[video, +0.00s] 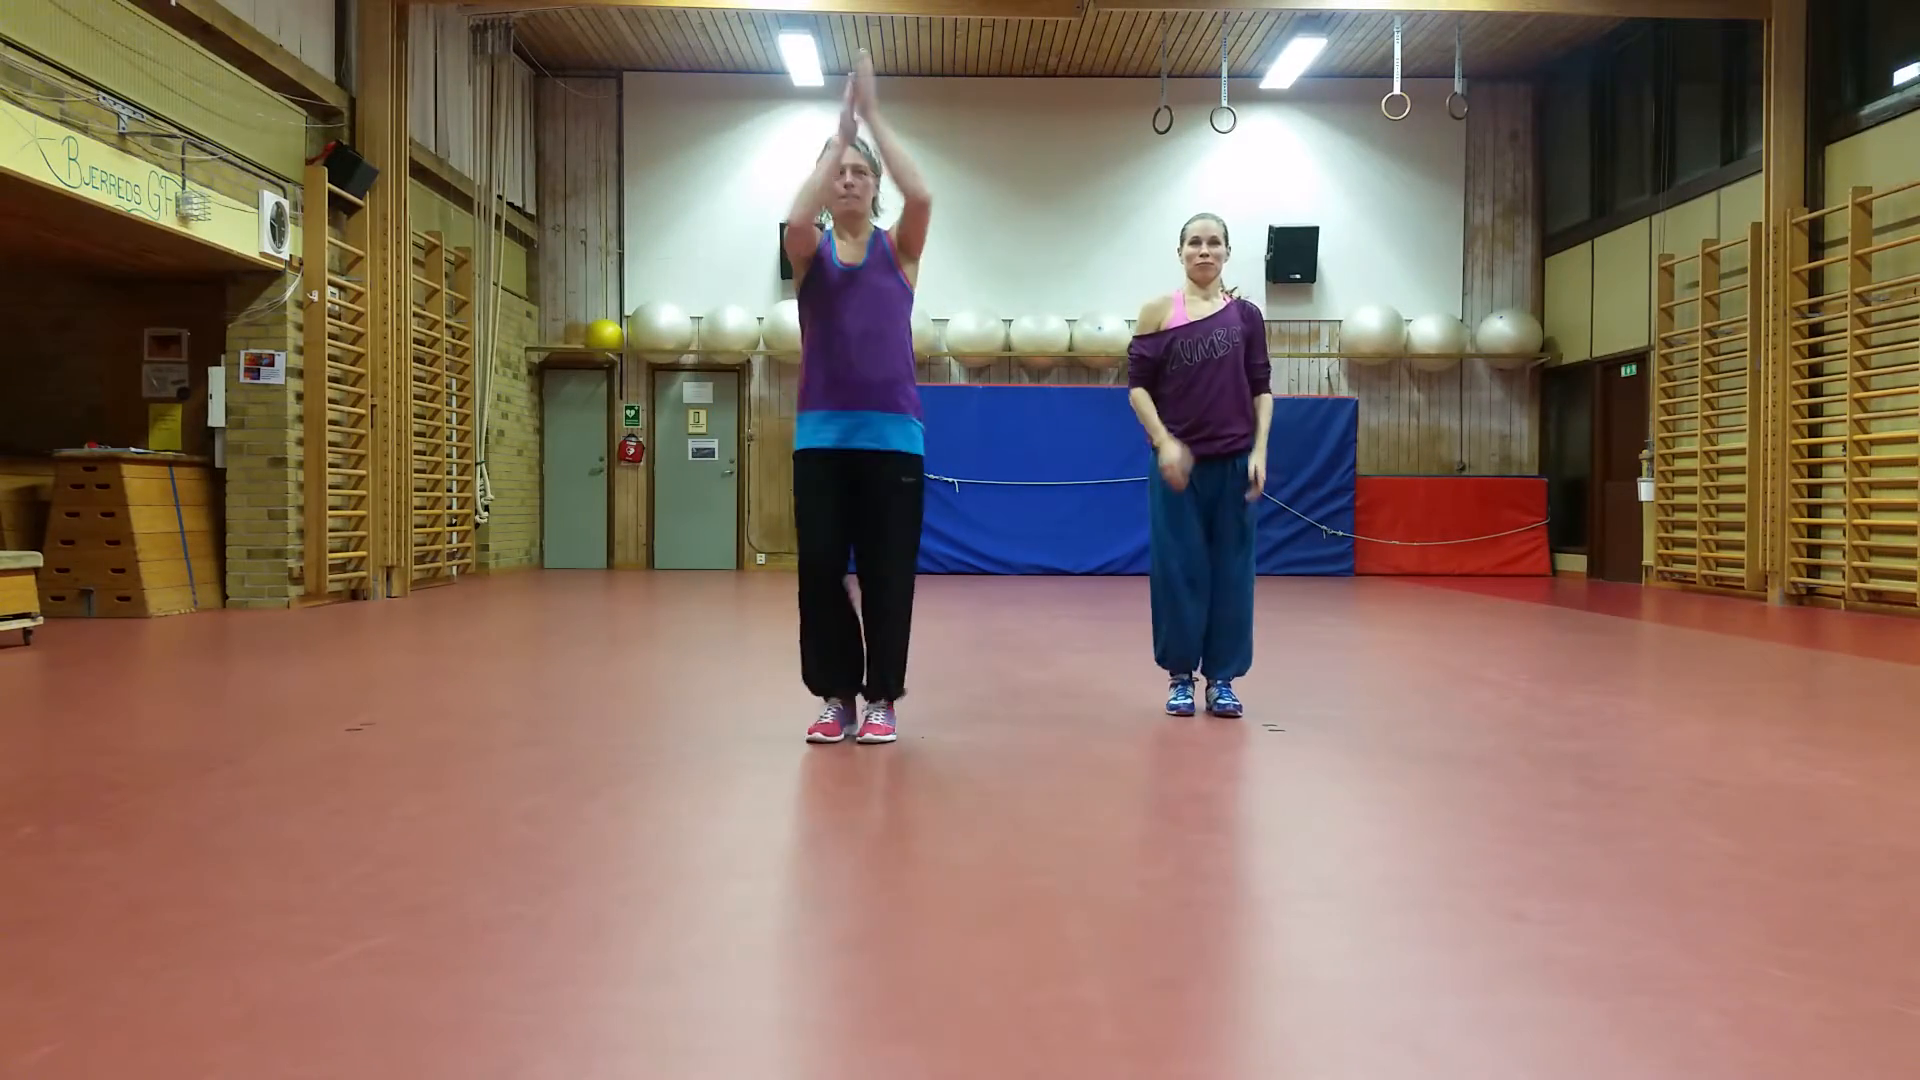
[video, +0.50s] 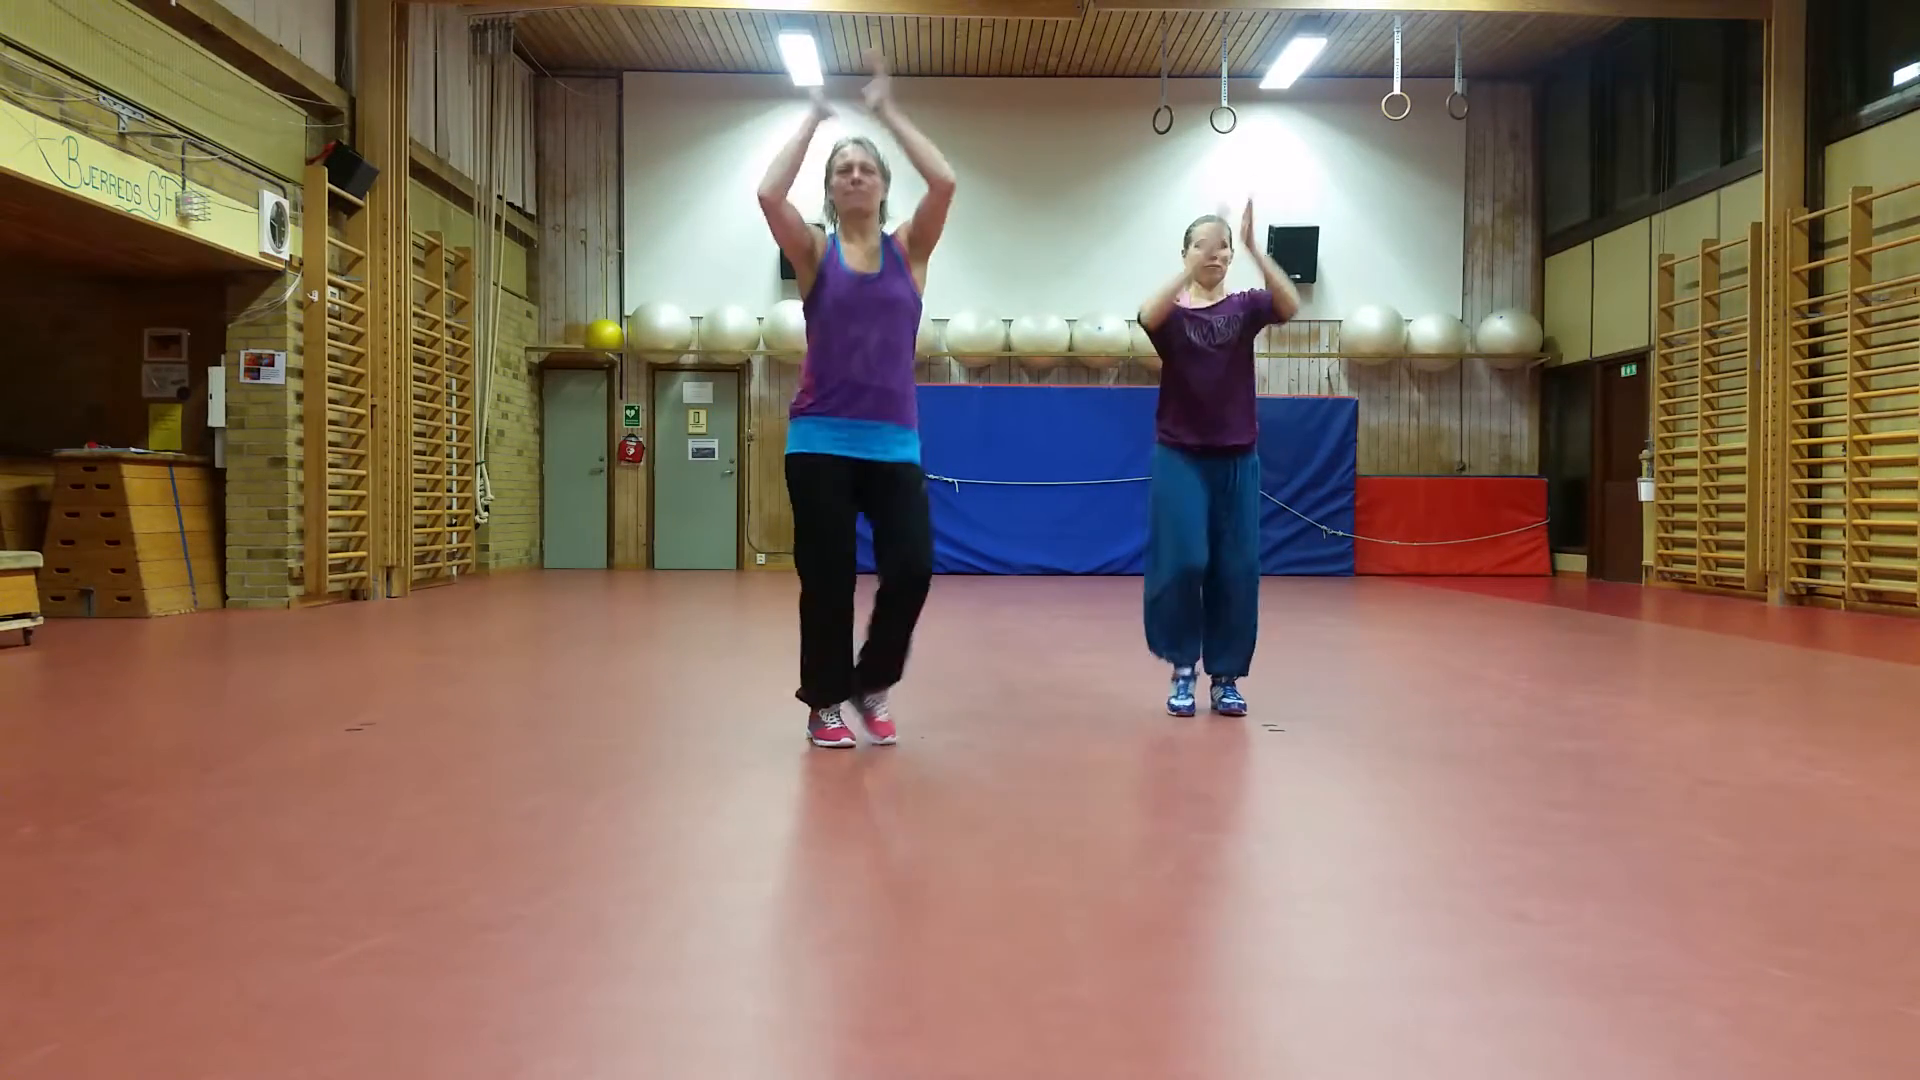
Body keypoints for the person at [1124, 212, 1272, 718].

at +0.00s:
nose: (1204, 251)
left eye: (1214, 243)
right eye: (1196, 242)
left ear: (1227, 252)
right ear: (1181, 251)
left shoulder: (1246, 314)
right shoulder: (1158, 312)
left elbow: (1262, 386)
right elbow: (1137, 386)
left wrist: (1259, 449)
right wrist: (1164, 441)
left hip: (1234, 461)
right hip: (1176, 461)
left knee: (1232, 569)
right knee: (1179, 567)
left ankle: (1221, 680)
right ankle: (1181, 678)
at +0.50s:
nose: (1215, 256)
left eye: (1223, 249)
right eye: (1206, 248)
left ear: (1230, 257)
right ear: (1187, 255)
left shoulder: (1245, 304)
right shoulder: (1170, 309)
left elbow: (1289, 306)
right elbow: (1148, 319)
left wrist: (1254, 250)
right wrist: (1185, 274)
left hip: (1237, 453)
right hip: (1179, 452)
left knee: (1237, 565)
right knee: (1186, 561)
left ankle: (1226, 677)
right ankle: (1183, 669)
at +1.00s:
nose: (1211, 250)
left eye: (1219, 243)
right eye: (1201, 243)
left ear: (1227, 255)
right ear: (1183, 254)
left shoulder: (1240, 306)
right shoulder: (1166, 312)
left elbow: (1282, 253)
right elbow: (1155, 272)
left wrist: (1252, 184)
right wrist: (1170, 202)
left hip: (1238, 460)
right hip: (1181, 460)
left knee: (1245, 568)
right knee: (1191, 571)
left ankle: (1225, 659)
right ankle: (1195, 677)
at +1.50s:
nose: (1210, 237)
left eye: (1217, 230)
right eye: (1200, 229)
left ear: (1227, 241)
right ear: (1182, 240)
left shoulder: (1242, 293)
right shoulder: (1169, 298)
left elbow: (1273, 240)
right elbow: (1160, 268)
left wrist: (1225, 189)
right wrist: (1189, 205)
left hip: (1232, 447)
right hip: (1174, 443)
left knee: (1229, 559)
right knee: (1183, 551)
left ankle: (1209, 668)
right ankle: (1175, 661)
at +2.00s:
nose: (1228, 248)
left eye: (1236, 243)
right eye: (1218, 241)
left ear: (1245, 259)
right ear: (1200, 256)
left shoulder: (1253, 307)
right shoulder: (1180, 310)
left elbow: (1292, 237)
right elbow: (1161, 260)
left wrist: (1243, 181)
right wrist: (1205, 195)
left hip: (1253, 460)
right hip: (1192, 462)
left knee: (1257, 574)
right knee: (1198, 576)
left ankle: (1253, 674)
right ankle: (1217, 673)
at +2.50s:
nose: (1210, 236)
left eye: (1219, 230)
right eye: (1201, 230)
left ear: (1230, 245)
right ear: (1186, 244)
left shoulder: (1246, 293)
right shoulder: (1171, 299)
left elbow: (1281, 211)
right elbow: (1146, 254)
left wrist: (1230, 159)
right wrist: (1177, 190)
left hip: (1238, 450)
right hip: (1180, 448)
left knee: (1237, 562)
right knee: (1170, 561)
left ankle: (1227, 666)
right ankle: (1173, 669)